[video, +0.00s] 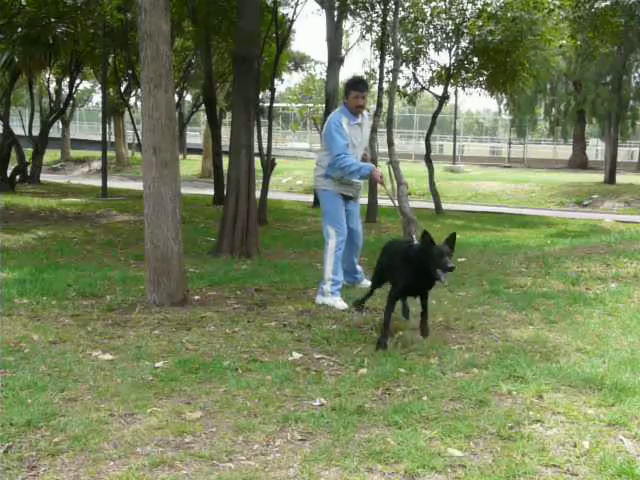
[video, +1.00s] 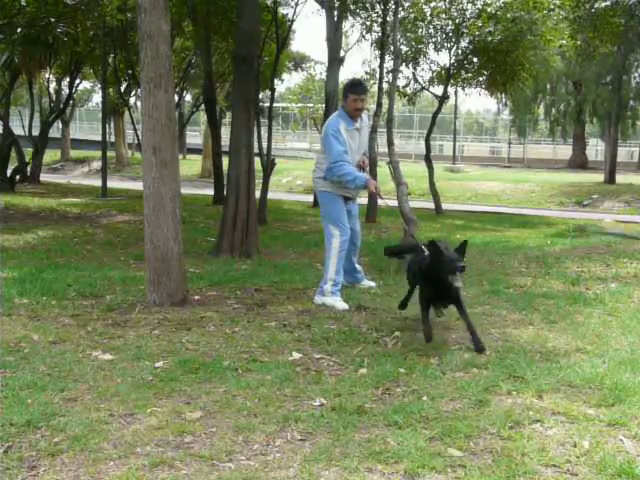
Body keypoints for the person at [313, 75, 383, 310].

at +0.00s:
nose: (361, 102)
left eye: (364, 97)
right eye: (357, 97)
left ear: (367, 98)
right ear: (346, 97)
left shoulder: (364, 120)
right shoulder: (336, 122)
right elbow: (340, 160)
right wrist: (369, 170)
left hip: (351, 183)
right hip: (330, 183)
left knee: (355, 232)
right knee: (337, 233)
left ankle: (352, 274)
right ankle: (329, 291)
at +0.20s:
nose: (364, 104)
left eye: (367, 99)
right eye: (359, 99)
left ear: (370, 100)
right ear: (348, 98)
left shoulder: (365, 121)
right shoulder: (338, 124)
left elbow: (360, 148)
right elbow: (344, 164)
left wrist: (366, 157)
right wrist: (372, 175)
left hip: (352, 186)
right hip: (332, 184)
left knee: (356, 236)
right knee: (341, 233)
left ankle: (348, 286)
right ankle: (328, 290)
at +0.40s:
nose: (364, 104)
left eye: (367, 99)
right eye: (359, 99)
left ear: (370, 100)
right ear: (348, 98)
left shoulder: (368, 121)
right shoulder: (336, 123)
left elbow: (364, 149)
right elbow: (337, 162)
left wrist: (367, 156)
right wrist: (364, 171)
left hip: (353, 185)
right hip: (332, 184)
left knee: (355, 236)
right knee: (339, 235)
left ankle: (347, 282)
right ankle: (329, 291)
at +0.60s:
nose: (360, 104)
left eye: (363, 100)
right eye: (355, 99)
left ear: (366, 100)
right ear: (345, 99)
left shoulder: (366, 120)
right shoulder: (333, 124)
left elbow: (365, 146)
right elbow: (333, 164)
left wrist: (366, 155)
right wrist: (358, 175)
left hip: (353, 187)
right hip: (331, 185)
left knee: (355, 235)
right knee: (339, 235)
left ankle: (351, 274)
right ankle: (328, 291)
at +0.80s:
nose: (358, 105)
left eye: (361, 101)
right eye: (353, 100)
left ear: (365, 101)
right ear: (343, 100)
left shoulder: (363, 121)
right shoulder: (331, 125)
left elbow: (361, 147)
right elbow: (331, 166)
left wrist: (363, 158)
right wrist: (356, 181)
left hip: (350, 187)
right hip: (329, 186)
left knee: (354, 235)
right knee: (337, 235)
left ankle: (351, 274)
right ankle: (328, 291)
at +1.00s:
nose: (359, 105)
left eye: (362, 100)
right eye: (354, 100)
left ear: (366, 101)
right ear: (344, 100)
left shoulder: (363, 121)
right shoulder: (334, 126)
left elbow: (360, 148)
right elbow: (337, 167)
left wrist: (362, 158)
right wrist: (364, 181)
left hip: (349, 187)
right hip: (329, 186)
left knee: (353, 234)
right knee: (339, 234)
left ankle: (352, 275)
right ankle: (328, 291)